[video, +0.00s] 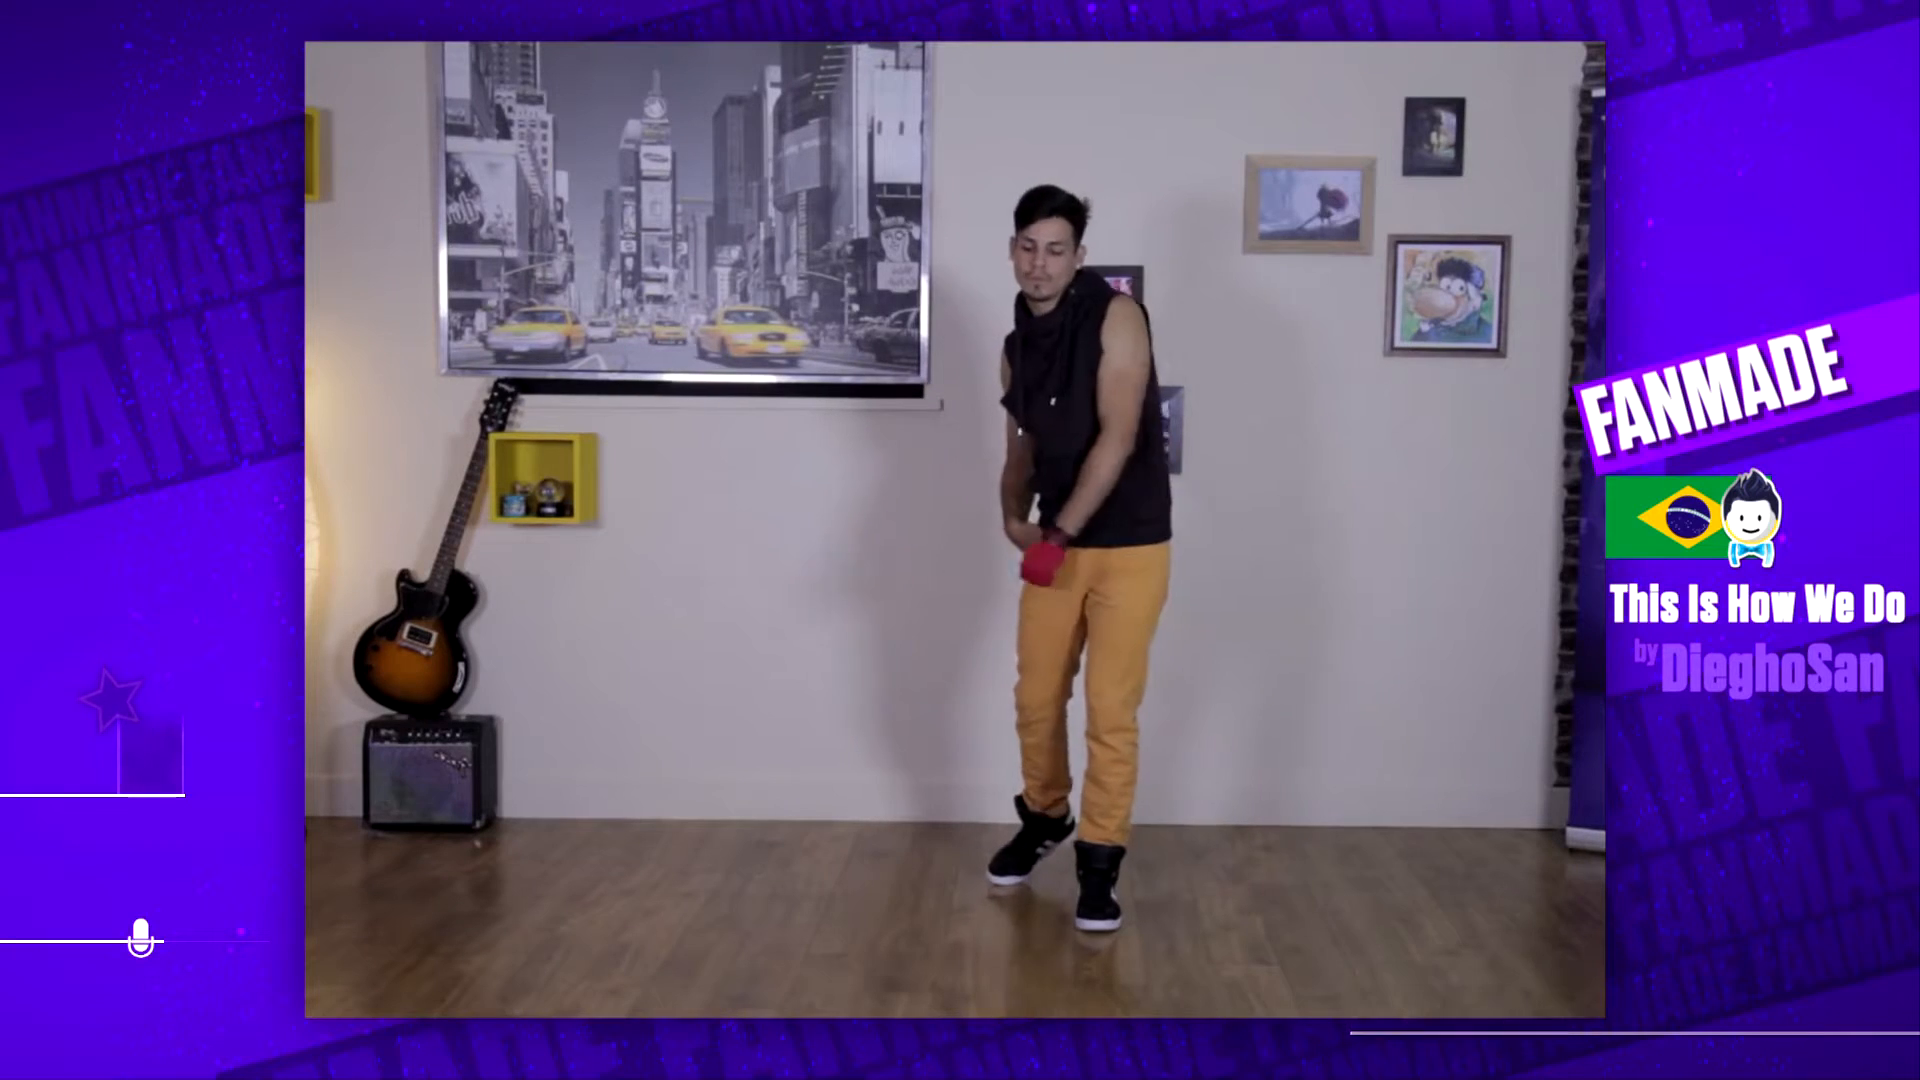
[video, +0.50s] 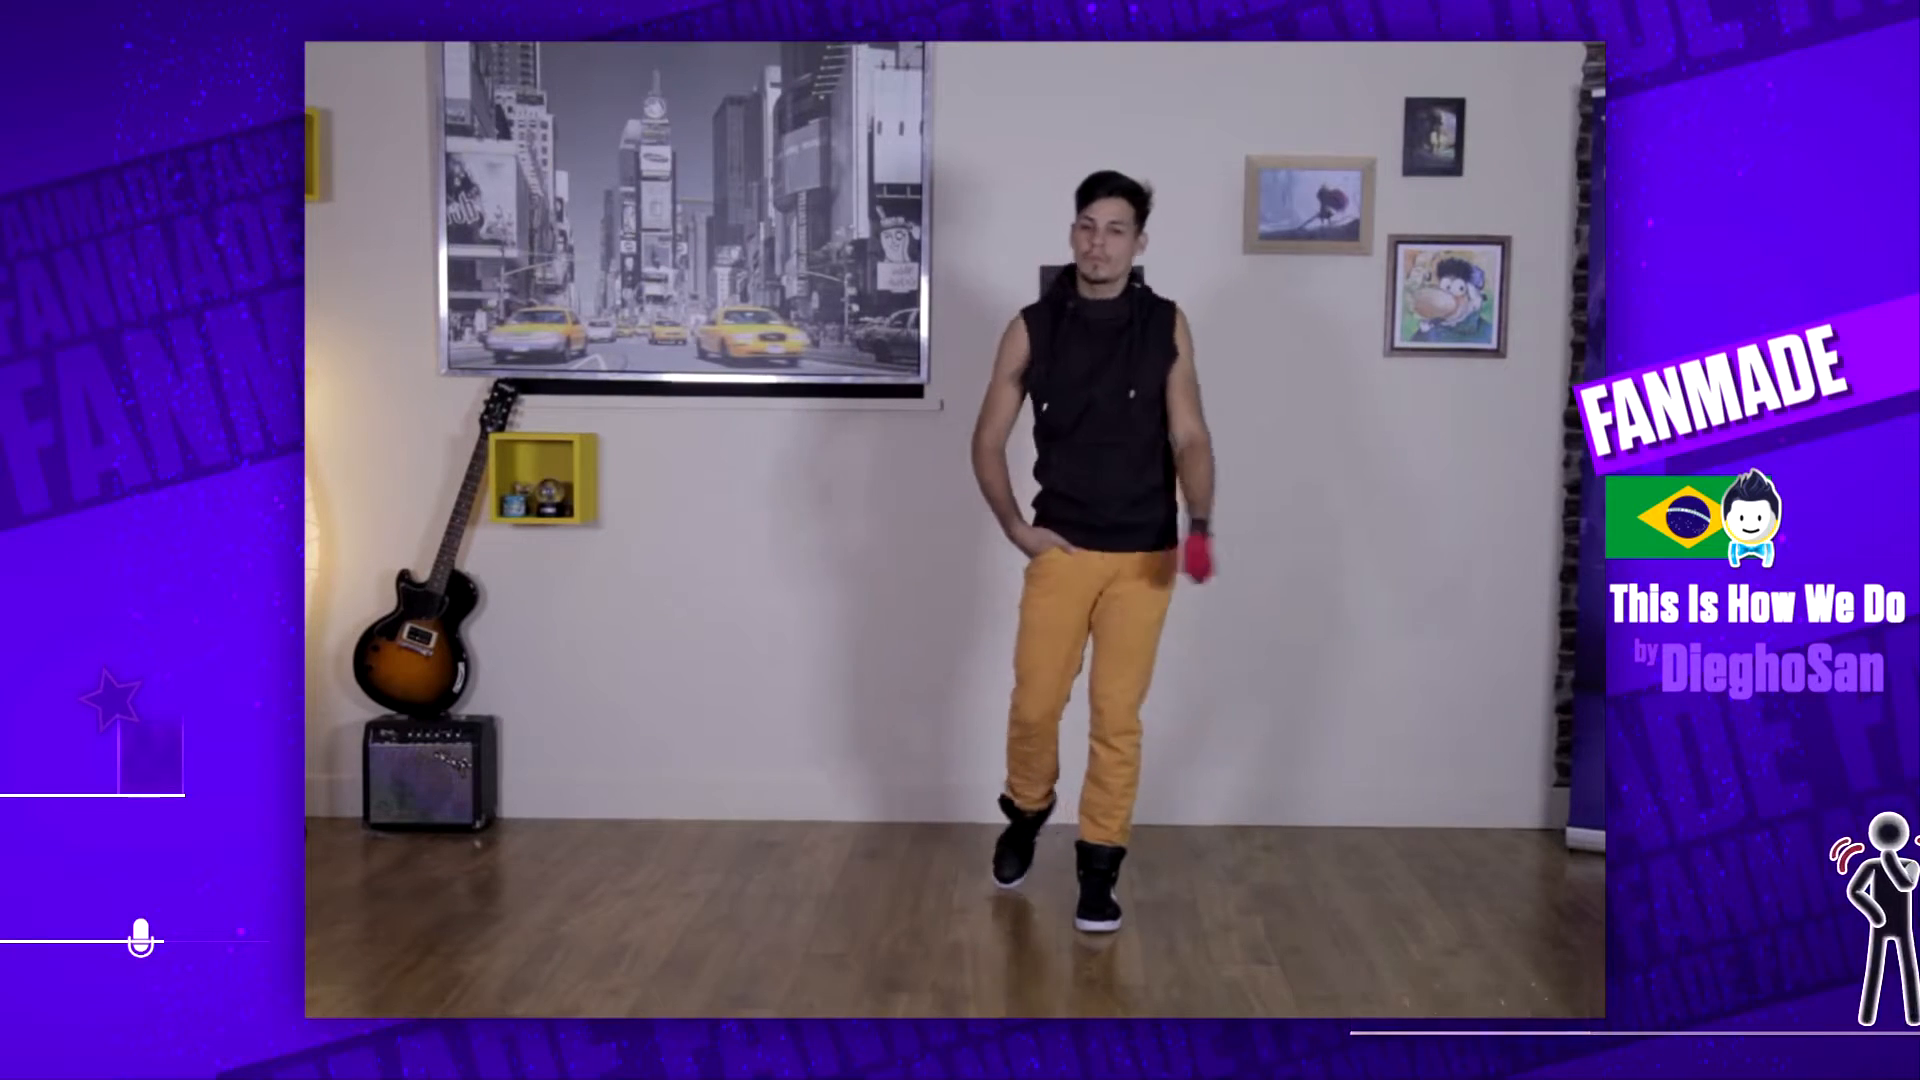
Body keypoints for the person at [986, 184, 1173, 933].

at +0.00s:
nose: (1037, 263)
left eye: (1053, 250)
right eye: (1026, 249)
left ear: (1079, 256)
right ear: (1011, 254)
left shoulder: (1118, 320)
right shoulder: (1018, 348)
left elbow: (1119, 437)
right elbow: (1019, 448)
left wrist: (1061, 534)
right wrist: (1014, 517)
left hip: (1128, 546)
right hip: (1055, 544)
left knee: (1109, 710)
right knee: (1036, 701)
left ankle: (1100, 865)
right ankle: (1045, 817)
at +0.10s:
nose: (1042, 259)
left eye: (1058, 247)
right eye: (1031, 245)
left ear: (1084, 254)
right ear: (1016, 251)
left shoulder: (1124, 318)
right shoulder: (1020, 347)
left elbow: (1125, 434)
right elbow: (1021, 448)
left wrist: (1055, 523)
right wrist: (1017, 514)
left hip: (1132, 547)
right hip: (1057, 543)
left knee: (1112, 711)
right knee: (1039, 700)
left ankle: (1101, 865)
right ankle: (1047, 817)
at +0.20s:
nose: (1058, 248)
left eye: (1075, 236)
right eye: (1048, 233)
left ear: (1099, 248)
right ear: (1031, 241)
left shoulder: (1134, 313)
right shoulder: (1022, 344)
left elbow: (1148, 427)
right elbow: (1018, 450)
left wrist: (1071, 509)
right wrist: (1019, 519)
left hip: (1136, 548)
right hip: (1058, 544)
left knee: (1114, 712)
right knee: (1038, 699)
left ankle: (1101, 865)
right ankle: (1046, 816)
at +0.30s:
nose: (1069, 241)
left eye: (1085, 230)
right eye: (1058, 227)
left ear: (1110, 243)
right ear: (1042, 236)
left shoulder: (1143, 313)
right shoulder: (1024, 340)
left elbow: (1164, 430)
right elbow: (1010, 448)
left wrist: (1091, 515)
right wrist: (1015, 520)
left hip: (1138, 547)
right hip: (1058, 543)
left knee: (1115, 712)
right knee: (1035, 700)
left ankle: (1102, 864)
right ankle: (1042, 816)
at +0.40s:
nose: (1087, 240)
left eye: (1105, 228)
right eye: (1076, 225)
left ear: (1127, 241)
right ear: (1061, 232)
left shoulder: (1159, 319)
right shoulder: (1029, 330)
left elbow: (1181, 435)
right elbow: (995, 442)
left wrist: (1154, 525)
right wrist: (1013, 520)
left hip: (1138, 547)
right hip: (1057, 543)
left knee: (1115, 713)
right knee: (1033, 703)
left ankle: (1101, 865)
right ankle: (1032, 814)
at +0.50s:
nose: (1098, 242)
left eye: (1115, 230)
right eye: (1088, 227)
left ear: (1138, 243)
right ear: (1071, 233)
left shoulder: (1166, 325)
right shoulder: (1034, 326)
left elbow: (1190, 435)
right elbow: (988, 441)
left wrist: (1199, 518)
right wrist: (1016, 527)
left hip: (1143, 557)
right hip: (1061, 550)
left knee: (1117, 718)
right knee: (1033, 707)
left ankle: (1101, 867)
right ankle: (1026, 815)